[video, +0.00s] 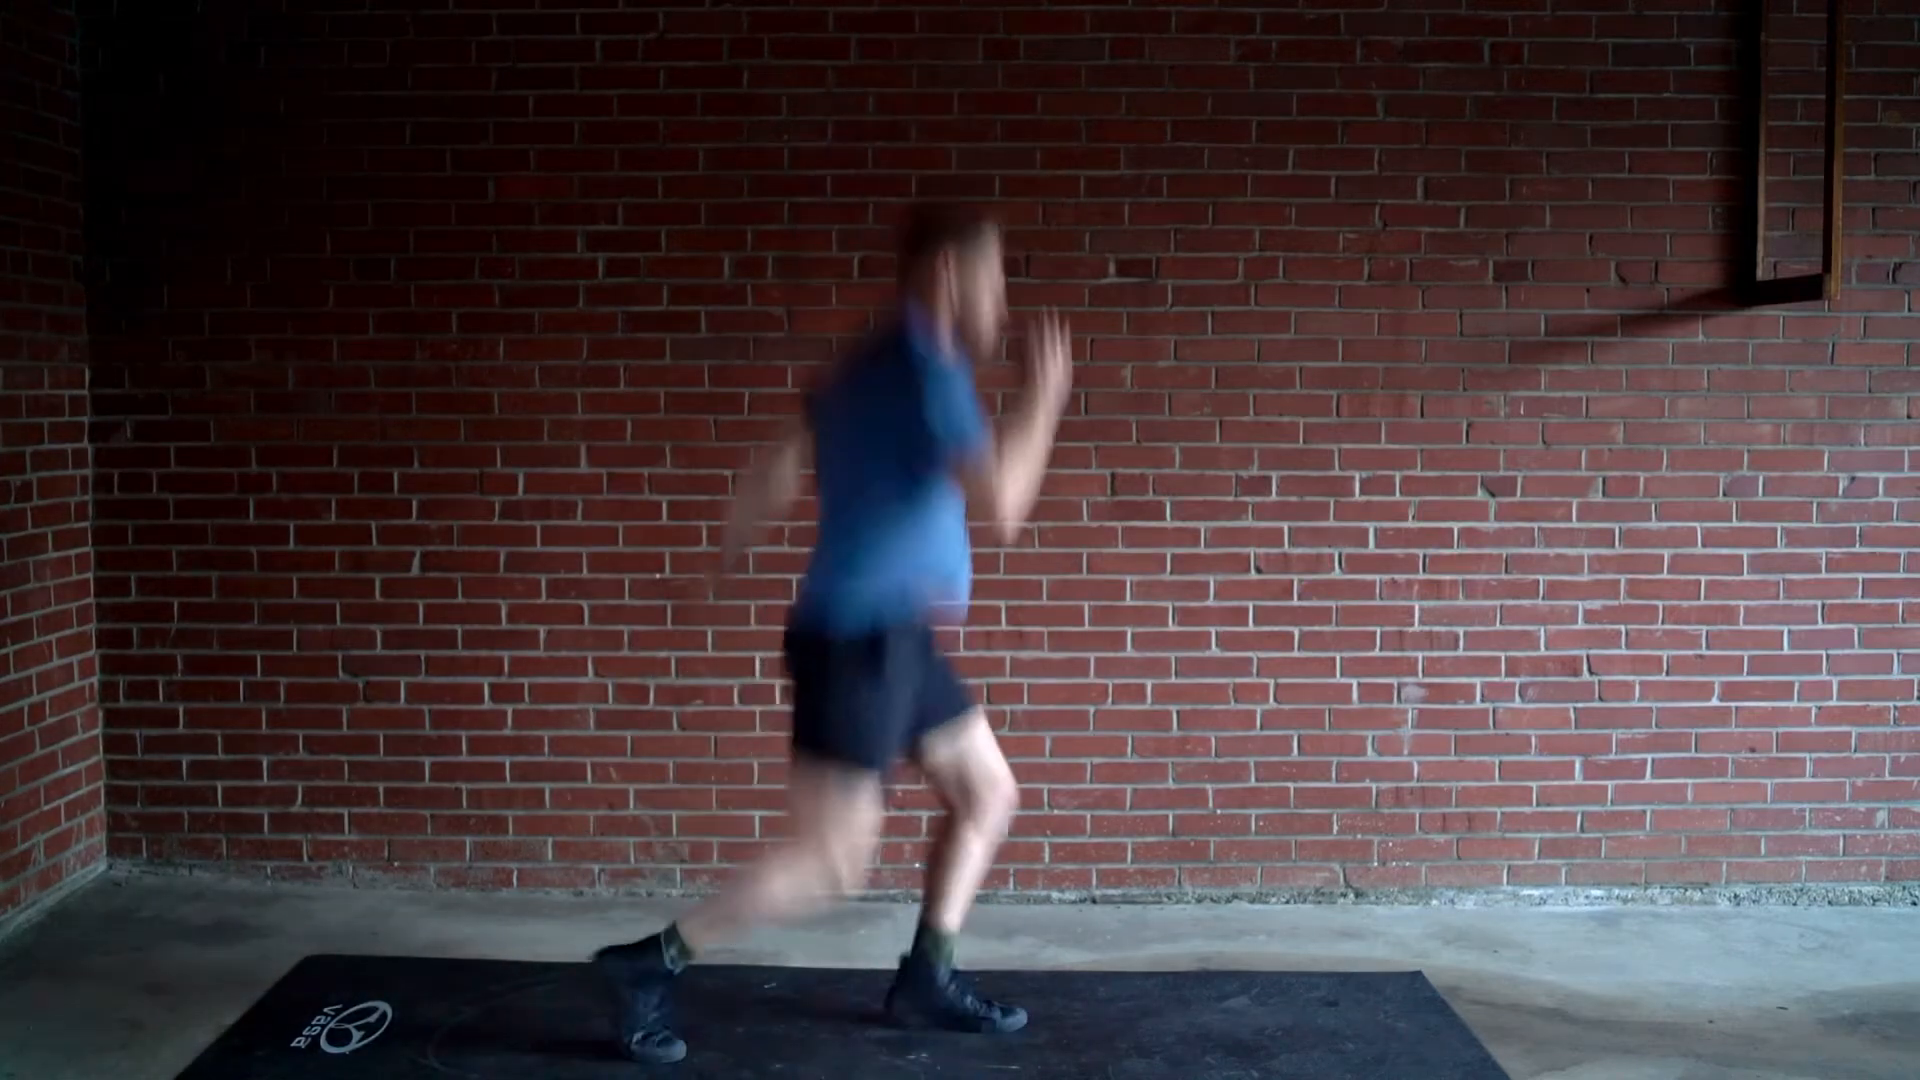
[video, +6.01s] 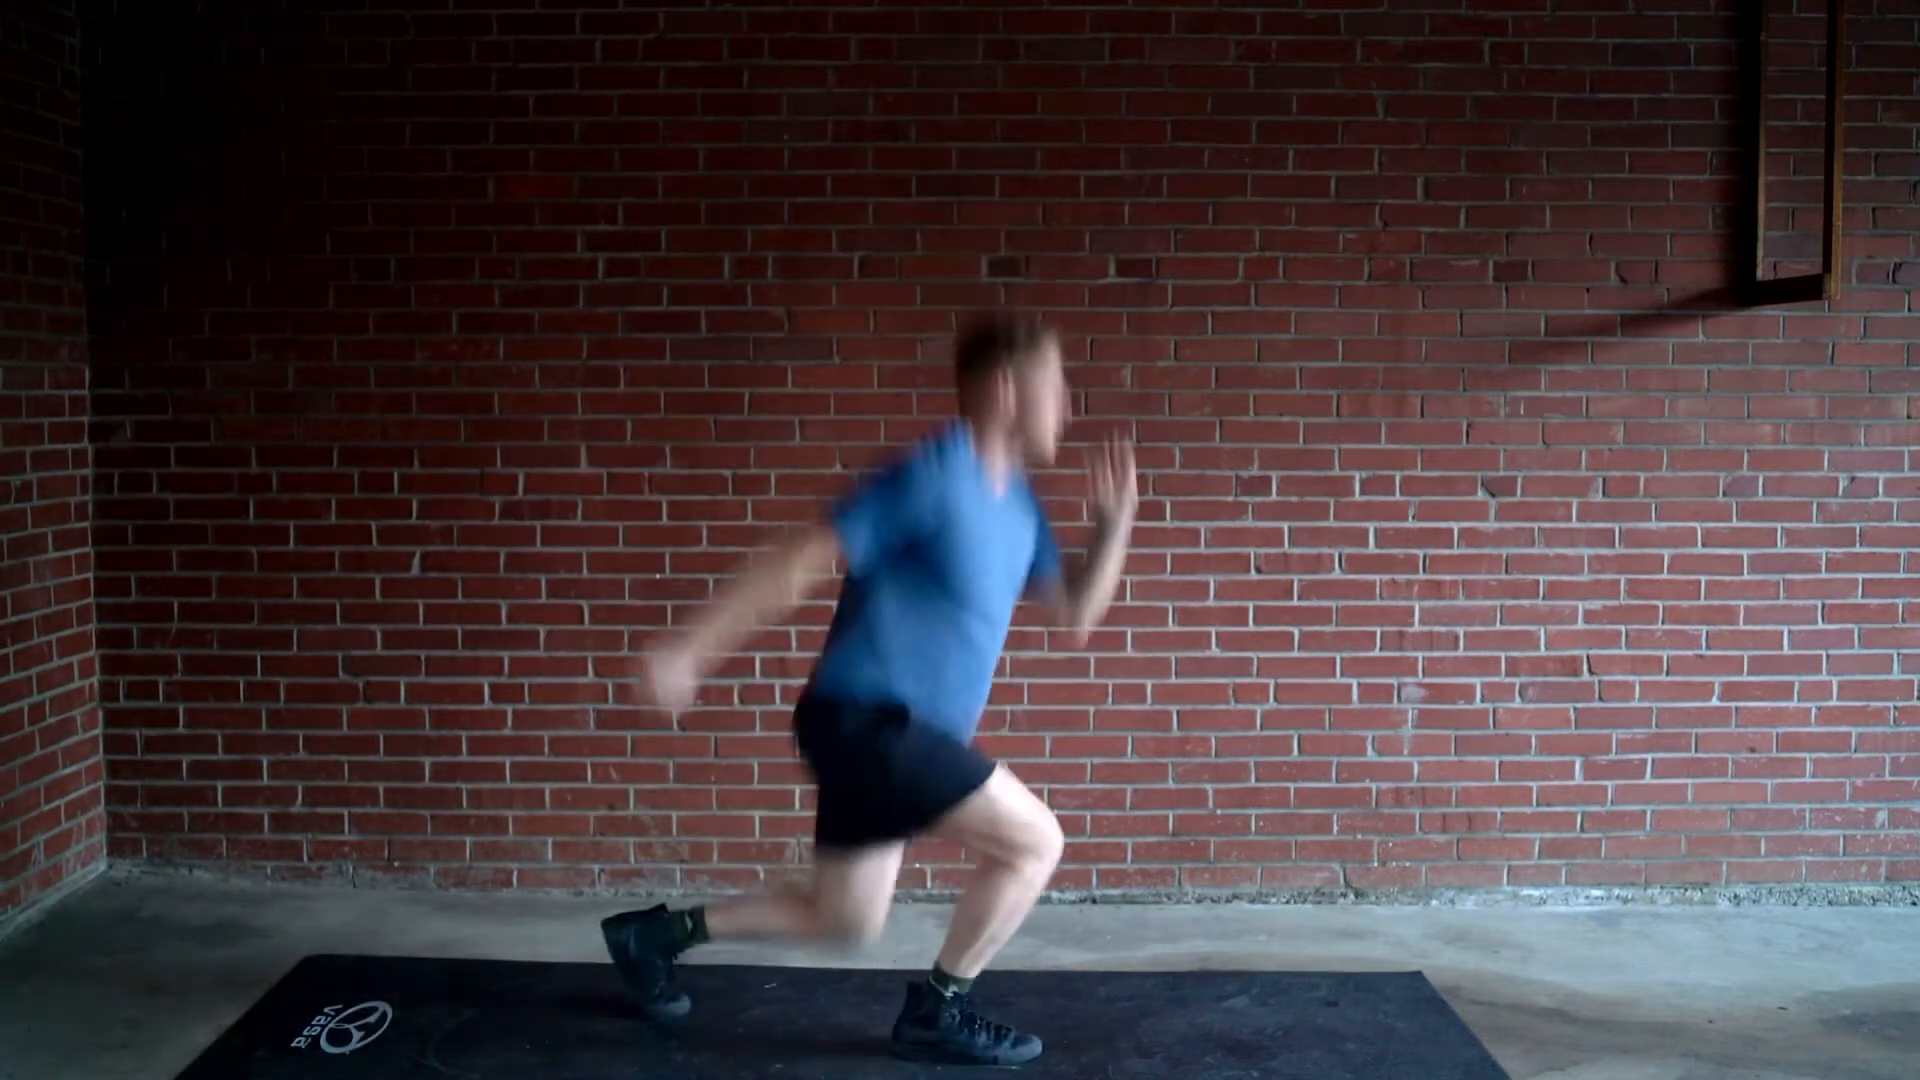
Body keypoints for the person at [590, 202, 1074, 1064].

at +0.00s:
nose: (1003, 294)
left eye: (1001, 275)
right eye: (991, 275)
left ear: (935, 274)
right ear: (943, 271)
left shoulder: (873, 358)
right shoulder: (926, 365)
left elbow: (780, 452)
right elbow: (1003, 506)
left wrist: (736, 535)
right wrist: (1046, 392)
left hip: (896, 630)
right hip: (850, 634)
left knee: (988, 792)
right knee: (833, 859)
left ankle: (928, 976)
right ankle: (649, 963)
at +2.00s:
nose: (960, 108)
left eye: (957, 90)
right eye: (946, 89)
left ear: (903, 100)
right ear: (896, 97)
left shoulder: (898, 199)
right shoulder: (871, 189)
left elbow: (898, 338)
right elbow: (870, 331)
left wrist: (906, 452)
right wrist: (1013, 321)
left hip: (857, 461)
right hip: (841, 459)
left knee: (831, 668)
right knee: (849, 671)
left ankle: (767, 850)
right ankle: (770, 853)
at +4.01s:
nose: (1045, 470)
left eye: (1041, 451)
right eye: (1033, 451)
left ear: (986, 467)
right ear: (982, 465)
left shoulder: (978, 563)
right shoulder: (924, 547)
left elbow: (1045, 674)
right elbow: (787, 631)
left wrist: (1099, 584)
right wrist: (696, 753)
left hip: (796, 783)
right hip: (810, 781)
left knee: (775, 998)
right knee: (1000, 876)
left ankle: (581, 976)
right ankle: (883, 1047)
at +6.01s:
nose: (1065, 399)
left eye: (1063, 380)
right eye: (1053, 380)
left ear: (1019, 388)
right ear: (1002, 386)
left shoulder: (1020, 504)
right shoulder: (933, 476)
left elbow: (1073, 616)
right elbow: (803, 558)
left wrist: (1115, 522)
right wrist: (688, 651)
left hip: (910, 727)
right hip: (862, 719)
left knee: (846, 914)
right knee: (1033, 842)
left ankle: (660, 932)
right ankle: (937, 1009)